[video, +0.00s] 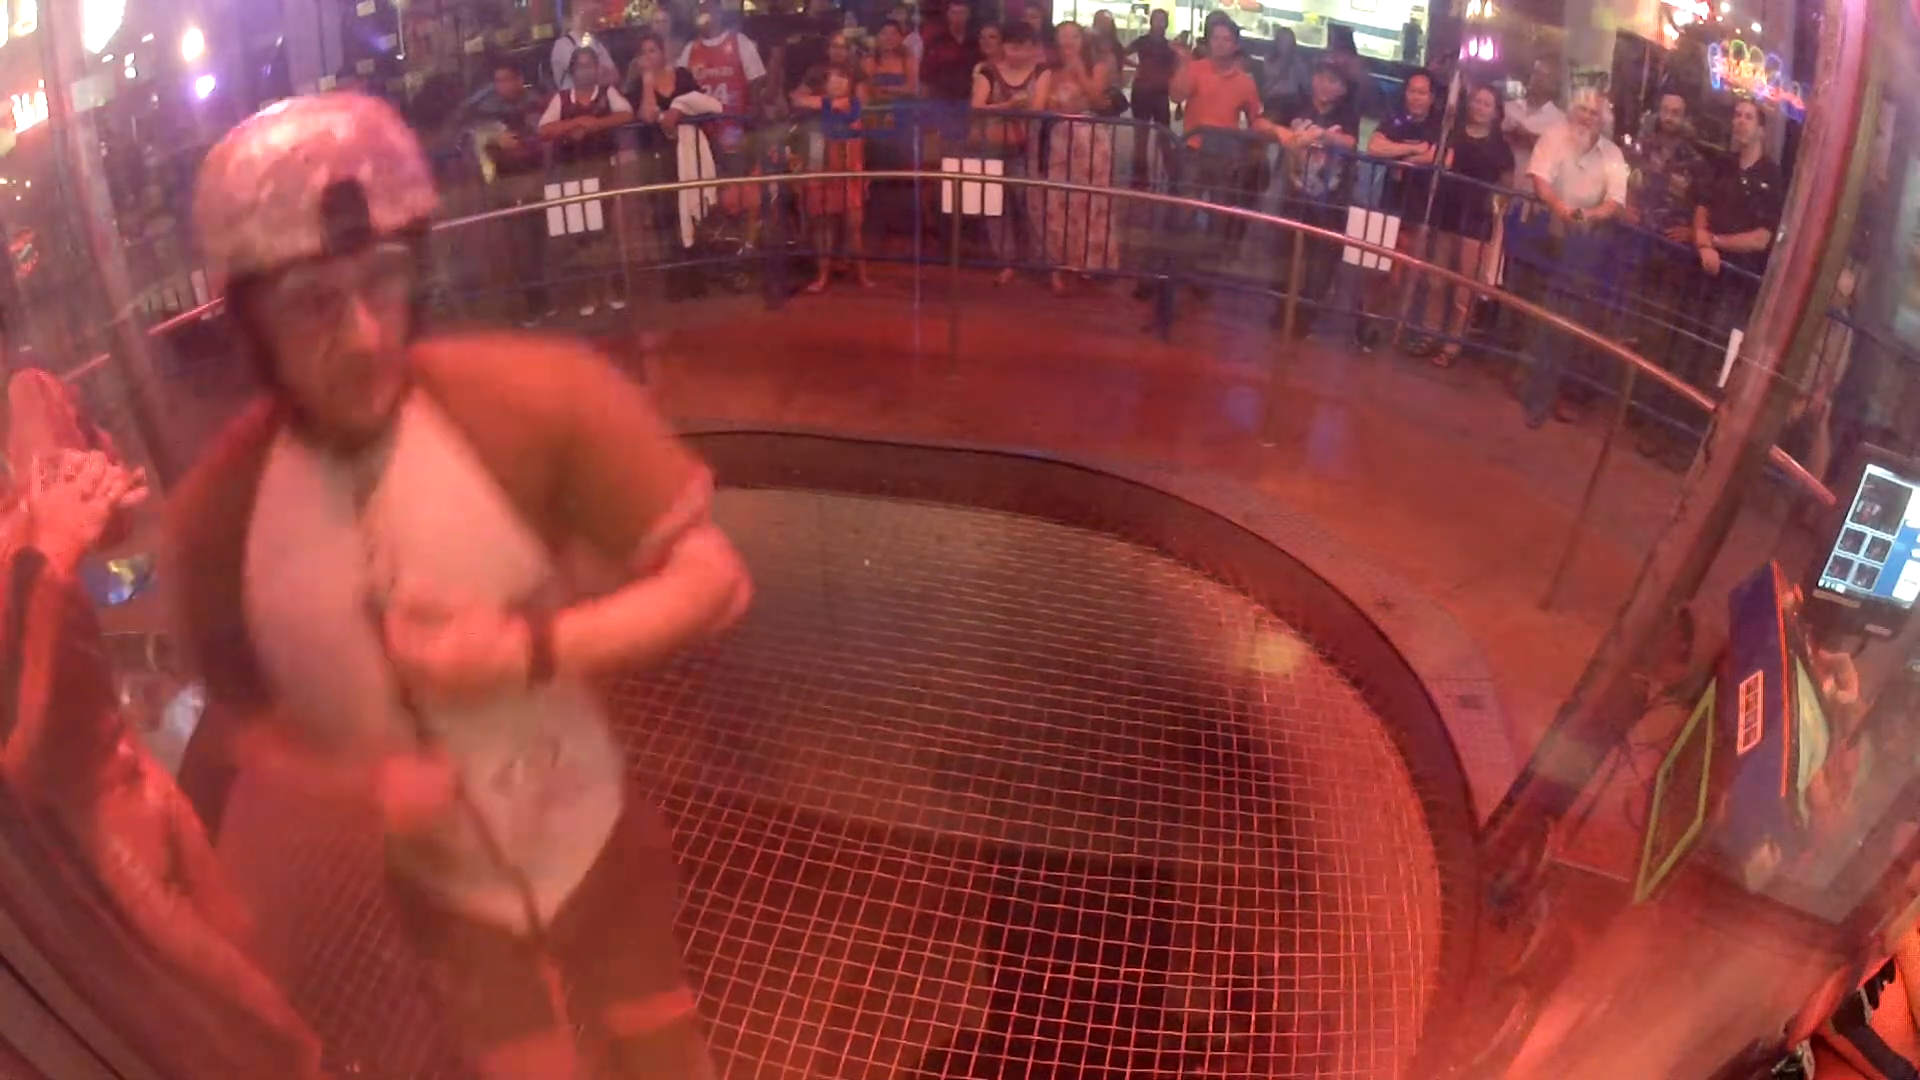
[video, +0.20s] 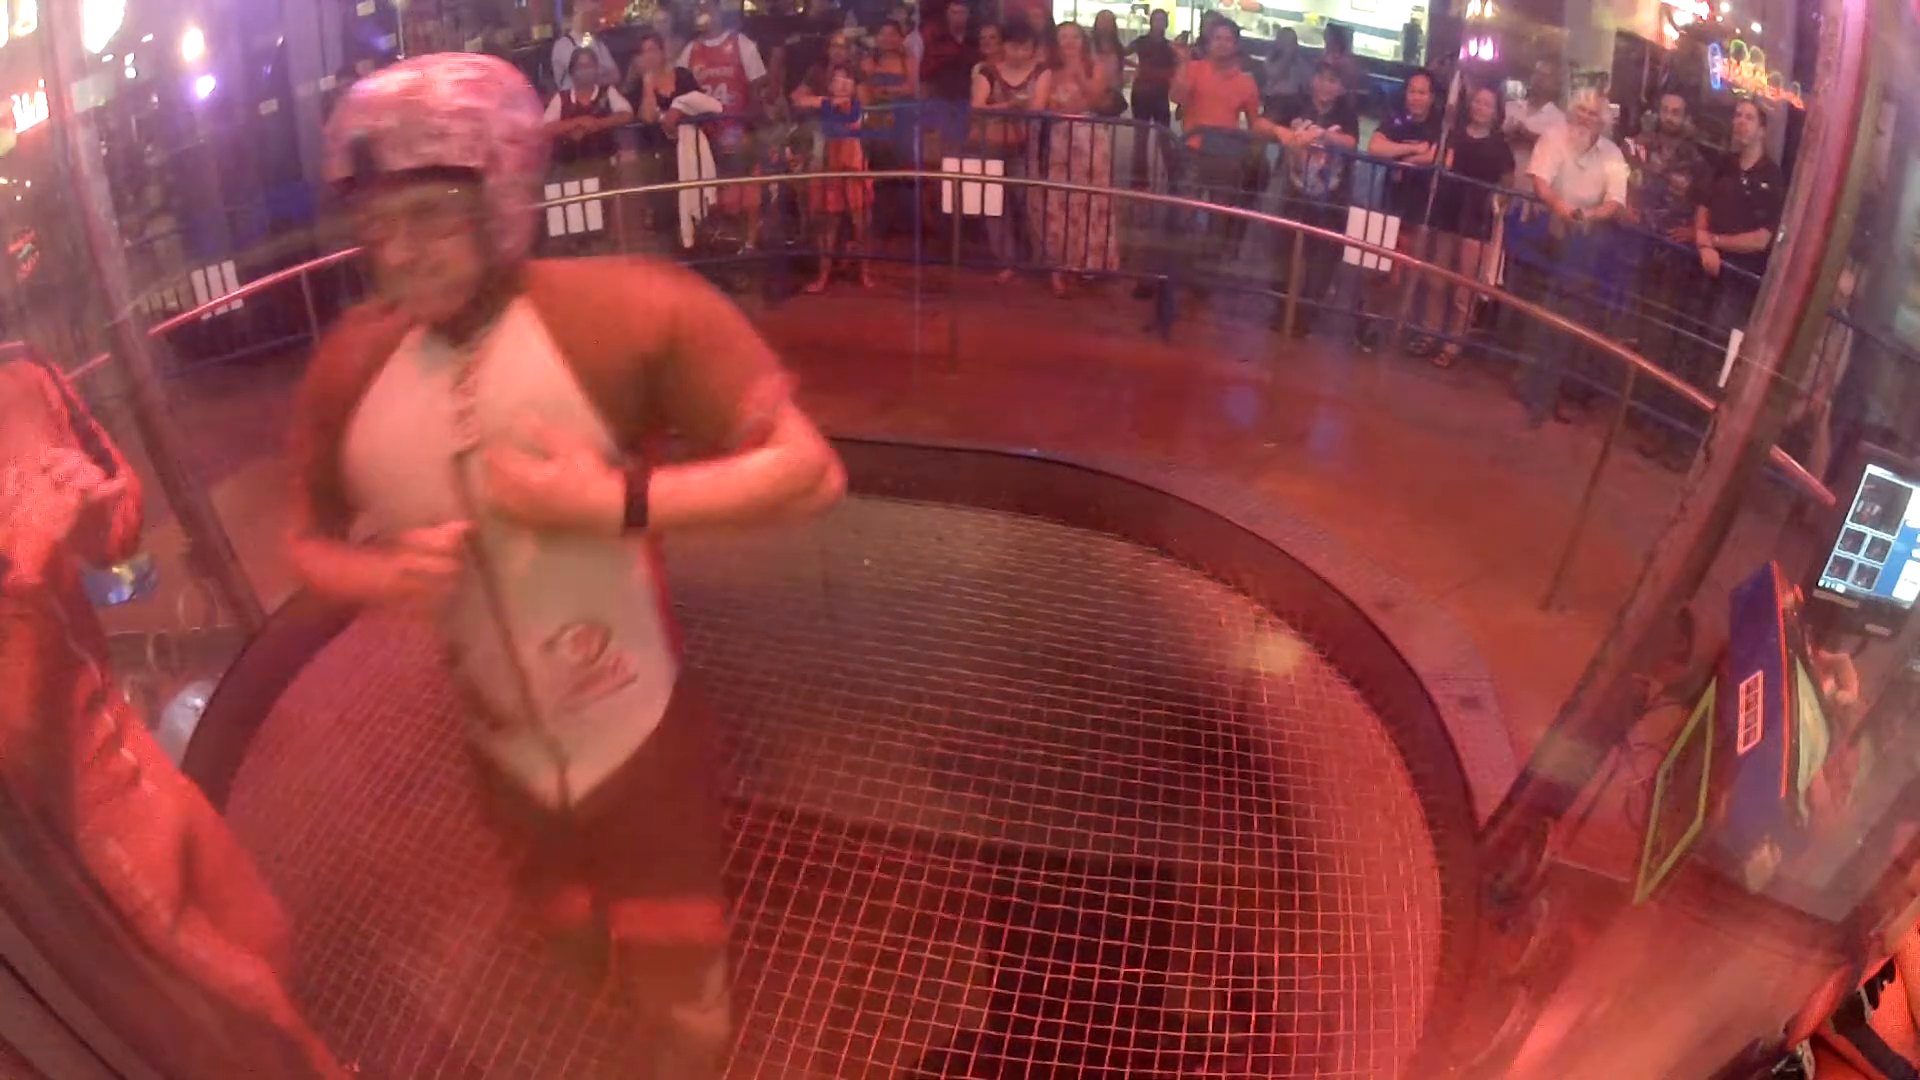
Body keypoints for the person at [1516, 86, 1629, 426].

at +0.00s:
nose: (1586, 117)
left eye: (1593, 113)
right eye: (1582, 109)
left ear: (1603, 119)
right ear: (1571, 110)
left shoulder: (1612, 153)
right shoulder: (1555, 136)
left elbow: (1616, 200)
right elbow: (1539, 178)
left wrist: (1591, 215)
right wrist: (1561, 209)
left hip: (1588, 229)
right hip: (1550, 221)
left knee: (1572, 303)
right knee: (1541, 298)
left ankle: (1551, 388)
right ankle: (1532, 382)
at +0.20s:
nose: (1585, 118)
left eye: (1592, 114)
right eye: (1581, 111)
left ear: (1603, 120)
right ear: (1570, 111)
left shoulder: (1612, 154)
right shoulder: (1554, 138)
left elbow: (1615, 201)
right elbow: (1539, 182)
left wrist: (1591, 215)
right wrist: (1561, 208)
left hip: (1588, 229)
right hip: (1551, 221)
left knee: (1573, 302)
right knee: (1541, 297)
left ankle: (1552, 388)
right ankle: (1529, 379)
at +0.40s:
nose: (1585, 119)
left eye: (1592, 115)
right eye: (1581, 111)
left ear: (1603, 120)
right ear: (1570, 111)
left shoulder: (1613, 154)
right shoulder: (1554, 138)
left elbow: (1616, 200)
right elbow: (1540, 182)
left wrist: (1591, 215)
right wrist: (1561, 208)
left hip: (1588, 229)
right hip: (1551, 221)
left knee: (1574, 302)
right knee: (1542, 298)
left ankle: (1553, 388)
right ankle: (1529, 379)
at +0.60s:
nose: (1585, 118)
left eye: (1592, 114)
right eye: (1581, 110)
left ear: (1603, 119)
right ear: (1570, 110)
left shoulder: (1612, 154)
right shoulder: (1554, 137)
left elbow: (1616, 201)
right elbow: (1540, 181)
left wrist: (1590, 215)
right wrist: (1560, 208)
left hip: (1587, 230)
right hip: (1550, 221)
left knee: (1571, 303)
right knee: (1539, 297)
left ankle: (1551, 389)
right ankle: (1528, 379)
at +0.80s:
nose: (1585, 118)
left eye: (1592, 114)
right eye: (1581, 111)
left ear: (1603, 120)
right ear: (1571, 111)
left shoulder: (1612, 154)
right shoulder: (1555, 137)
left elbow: (1616, 201)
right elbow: (1540, 182)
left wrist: (1590, 215)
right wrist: (1560, 208)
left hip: (1588, 229)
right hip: (1551, 220)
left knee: (1572, 302)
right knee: (1540, 297)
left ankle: (1552, 388)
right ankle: (1528, 378)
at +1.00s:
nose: (1585, 118)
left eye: (1592, 114)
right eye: (1581, 111)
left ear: (1603, 120)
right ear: (1570, 111)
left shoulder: (1612, 154)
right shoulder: (1555, 136)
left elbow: (1616, 201)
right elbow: (1540, 181)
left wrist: (1590, 215)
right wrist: (1560, 209)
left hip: (1587, 229)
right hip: (1551, 220)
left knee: (1572, 302)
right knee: (1539, 297)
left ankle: (1555, 387)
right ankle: (1527, 378)